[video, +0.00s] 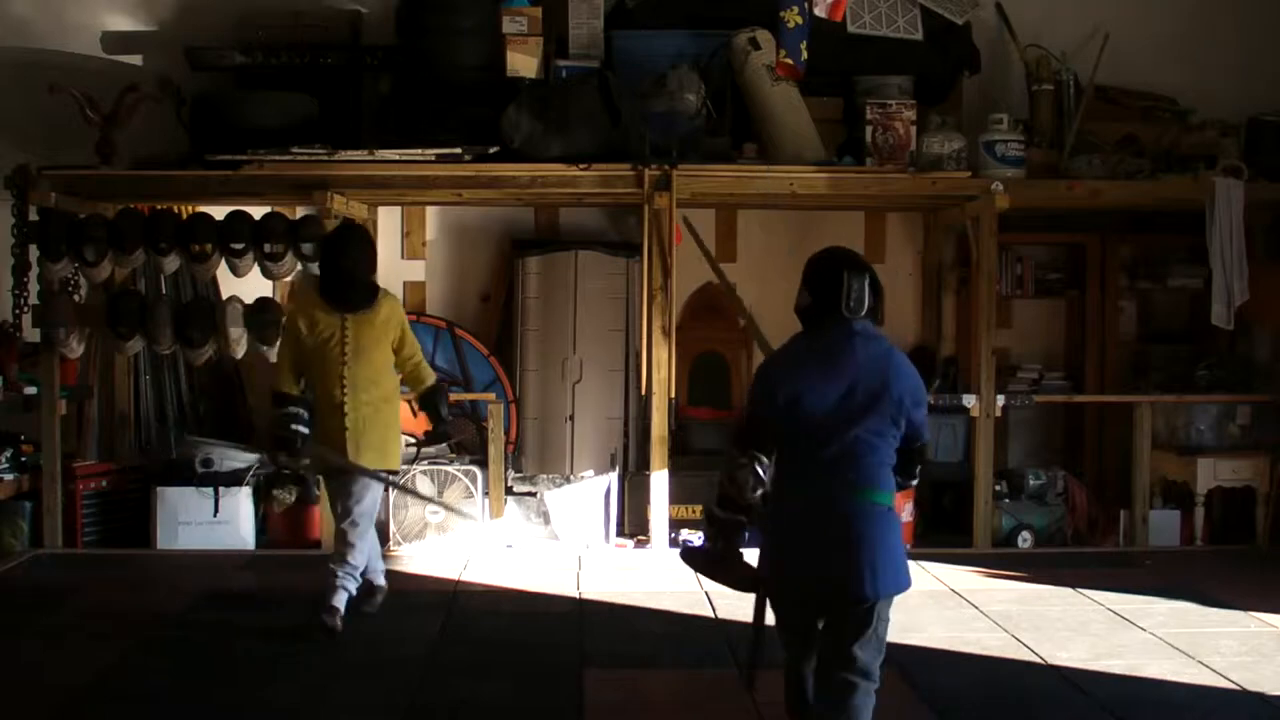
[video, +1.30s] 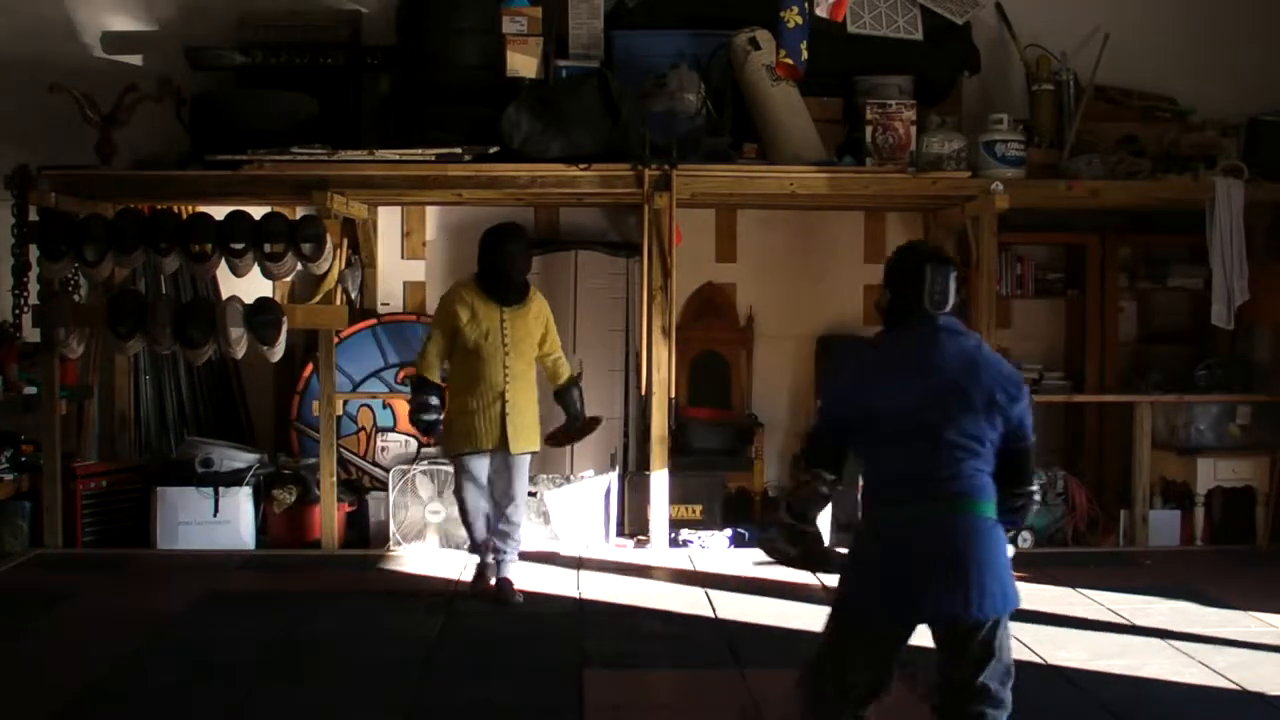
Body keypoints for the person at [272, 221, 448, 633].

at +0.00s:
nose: (349, 291)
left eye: (356, 279)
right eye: (341, 280)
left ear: (368, 272)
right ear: (328, 274)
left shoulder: (387, 309)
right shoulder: (306, 308)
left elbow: (412, 362)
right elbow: (288, 367)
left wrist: (437, 406)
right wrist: (288, 412)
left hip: (374, 429)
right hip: (327, 429)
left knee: (356, 514)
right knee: (347, 511)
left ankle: (338, 594)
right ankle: (375, 578)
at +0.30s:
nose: (364, 266)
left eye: (372, 256)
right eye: (356, 257)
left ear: (389, 256)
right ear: (346, 259)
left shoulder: (413, 299)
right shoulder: (332, 306)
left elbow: (444, 339)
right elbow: (321, 373)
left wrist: (465, 374)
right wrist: (313, 426)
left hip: (404, 420)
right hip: (355, 424)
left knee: (391, 502)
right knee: (362, 510)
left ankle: (393, 585)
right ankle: (374, 583)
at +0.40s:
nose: (379, 268)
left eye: (386, 259)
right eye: (371, 260)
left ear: (399, 257)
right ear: (359, 260)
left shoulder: (425, 296)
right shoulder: (342, 302)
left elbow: (458, 337)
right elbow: (328, 366)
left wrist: (470, 368)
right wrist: (315, 416)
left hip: (415, 417)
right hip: (364, 420)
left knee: (415, 502)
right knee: (370, 509)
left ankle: (429, 577)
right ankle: (378, 584)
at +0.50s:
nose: (394, 272)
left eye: (400, 262)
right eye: (386, 262)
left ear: (414, 259)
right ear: (373, 262)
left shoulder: (437, 294)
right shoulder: (355, 302)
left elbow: (471, 335)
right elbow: (331, 358)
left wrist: (474, 371)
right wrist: (323, 400)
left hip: (428, 416)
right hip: (374, 420)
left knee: (439, 500)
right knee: (374, 509)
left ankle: (464, 575)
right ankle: (379, 584)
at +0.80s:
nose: (448, 273)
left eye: (454, 264)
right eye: (439, 264)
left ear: (467, 263)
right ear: (426, 263)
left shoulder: (489, 301)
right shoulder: (407, 304)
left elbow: (527, 340)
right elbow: (378, 360)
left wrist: (515, 372)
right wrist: (351, 400)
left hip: (475, 423)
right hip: (419, 424)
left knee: (487, 510)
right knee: (400, 509)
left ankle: (501, 576)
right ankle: (383, 585)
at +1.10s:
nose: (498, 270)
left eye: (504, 262)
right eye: (490, 261)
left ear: (513, 263)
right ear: (474, 261)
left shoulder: (527, 304)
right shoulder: (447, 301)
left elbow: (548, 350)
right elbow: (426, 358)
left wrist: (562, 382)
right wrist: (410, 402)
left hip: (507, 423)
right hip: (455, 421)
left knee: (506, 506)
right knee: (441, 505)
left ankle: (504, 576)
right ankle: (433, 576)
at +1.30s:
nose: (524, 266)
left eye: (526, 258)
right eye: (515, 258)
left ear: (529, 260)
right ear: (491, 260)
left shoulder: (536, 304)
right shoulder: (460, 299)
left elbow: (553, 357)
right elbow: (434, 351)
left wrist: (574, 409)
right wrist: (425, 399)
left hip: (519, 420)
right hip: (471, 420)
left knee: (512, 500)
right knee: (471, 499)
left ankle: (504, 572)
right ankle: (484, 559)